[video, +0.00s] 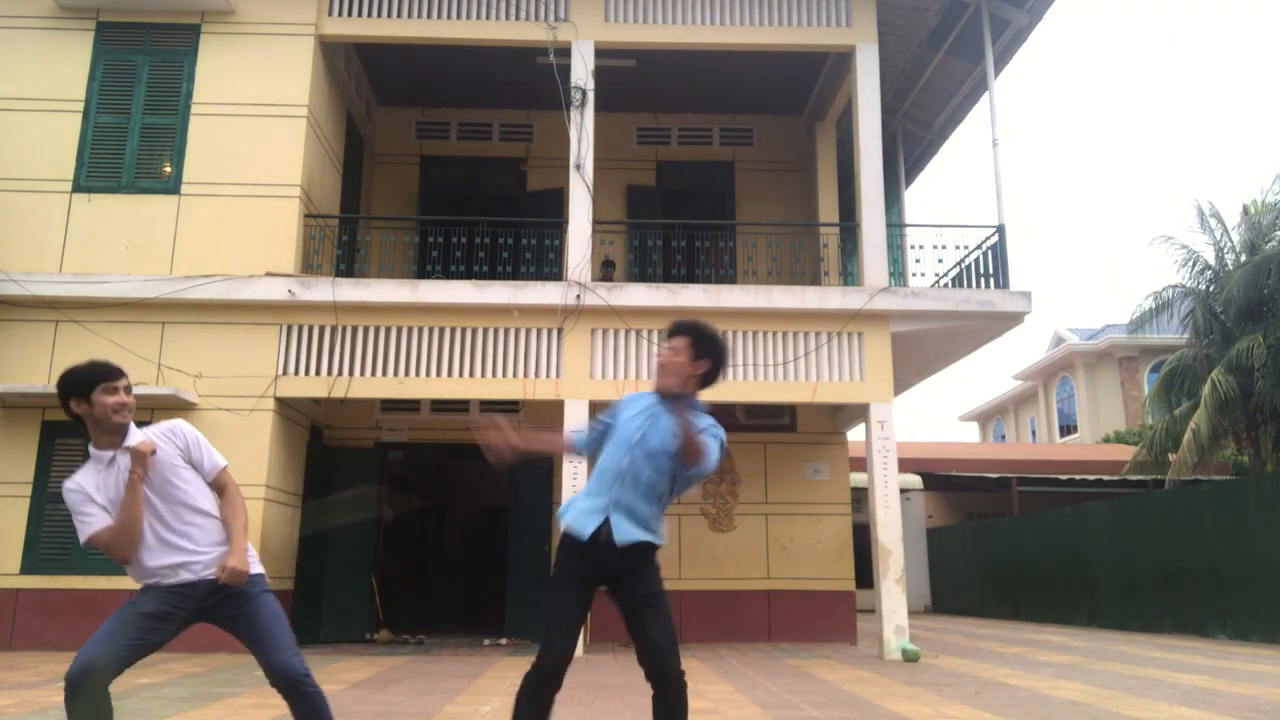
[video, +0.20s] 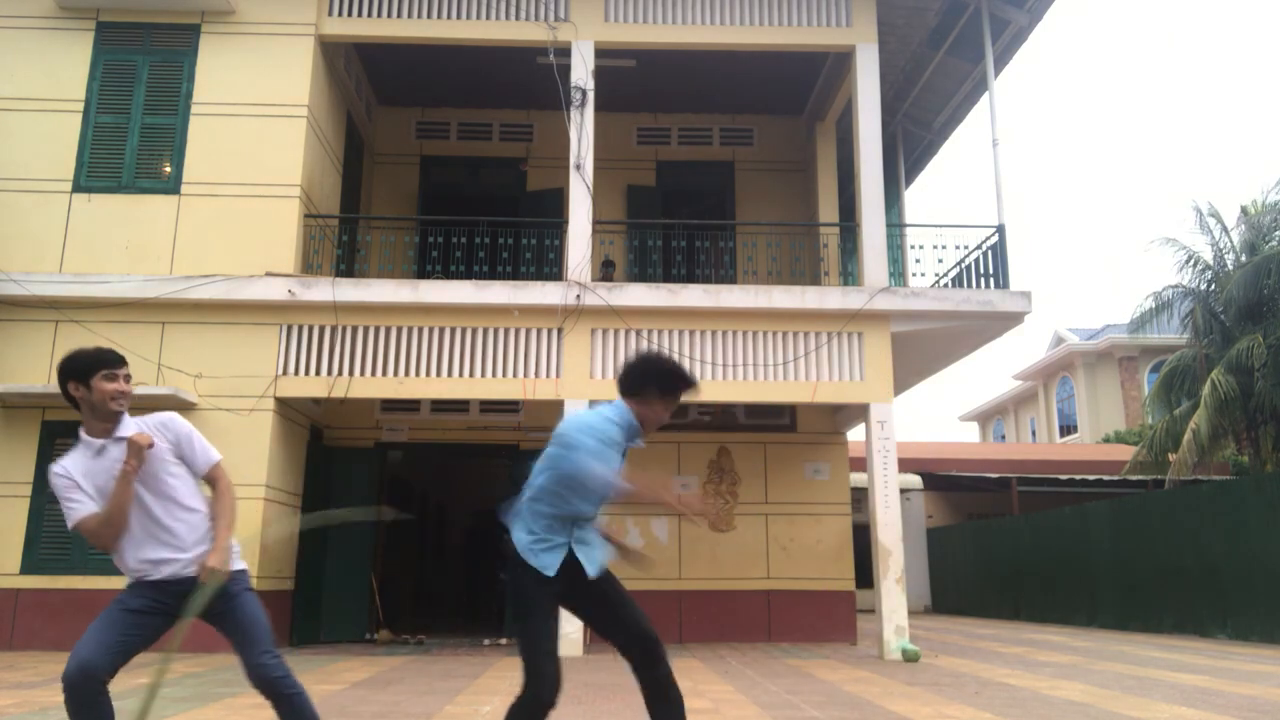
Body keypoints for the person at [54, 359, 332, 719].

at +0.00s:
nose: (124, 400)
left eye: (126, 391)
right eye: (109, 392)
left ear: (134, 396)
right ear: (78, 406)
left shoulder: (175, 434)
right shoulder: (80, 486)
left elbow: (227, 487)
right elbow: (120, 549)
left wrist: (238, 551)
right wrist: (137, 475)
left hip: (234, 579)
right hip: (165, 592)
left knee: (290, 673)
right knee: (84, 676)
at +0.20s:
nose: (123, 387)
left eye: (126, 379)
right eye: (109, 379)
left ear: (131, 384)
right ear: (77, 391)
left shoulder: (167, 427)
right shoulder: (67, 470)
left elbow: (221, 481)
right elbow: (103, 539)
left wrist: (220, 547)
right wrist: (130, 469)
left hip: (217, 574)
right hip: (152, 586)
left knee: (268, 672)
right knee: (81, 675)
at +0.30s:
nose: (106, 374)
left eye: (110, 365)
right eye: (93, 366)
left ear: (115, 369)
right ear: (58, 376)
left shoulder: (146, 415)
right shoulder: (42, 449)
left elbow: (190, 479)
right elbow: (61, 523)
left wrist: (191, 554)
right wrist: (105, 464)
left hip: (185, 569)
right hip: (119, 580)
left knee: (243, 666)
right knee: (68, 675)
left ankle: (291, 716)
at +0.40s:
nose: (22, 409)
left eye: (27, 396)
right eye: (9, 405)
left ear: (41, 395)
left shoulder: (99, 430)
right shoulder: (11, 467)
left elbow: (163, 475)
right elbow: (4, 523)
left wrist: (152, 534)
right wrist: (34, 479)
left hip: (159, 573)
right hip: (88, 582)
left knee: (213, 662)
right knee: (12, 658)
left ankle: (252, 717)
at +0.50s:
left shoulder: (41, 507)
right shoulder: (12, 519)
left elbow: (130, 487)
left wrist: (117, 545)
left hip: (132, 604)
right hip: (62, 607)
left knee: (193, 670)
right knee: (0, 659)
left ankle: (235, 714)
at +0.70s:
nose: (12, 701)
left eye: (8, 695)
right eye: (7, 697)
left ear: (11, 678)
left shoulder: (72, 653)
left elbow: (136, 612)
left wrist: (70, 678)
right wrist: (62, 674)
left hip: (110, 609)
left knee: (155, 692)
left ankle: (211, 716)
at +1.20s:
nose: (6, 451)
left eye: (9, 440)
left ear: (17, 444)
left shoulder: (58, 487)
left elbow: (118, 543)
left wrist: (85, 615)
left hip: (112, 606)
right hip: (38, 615)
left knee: (184, 675)